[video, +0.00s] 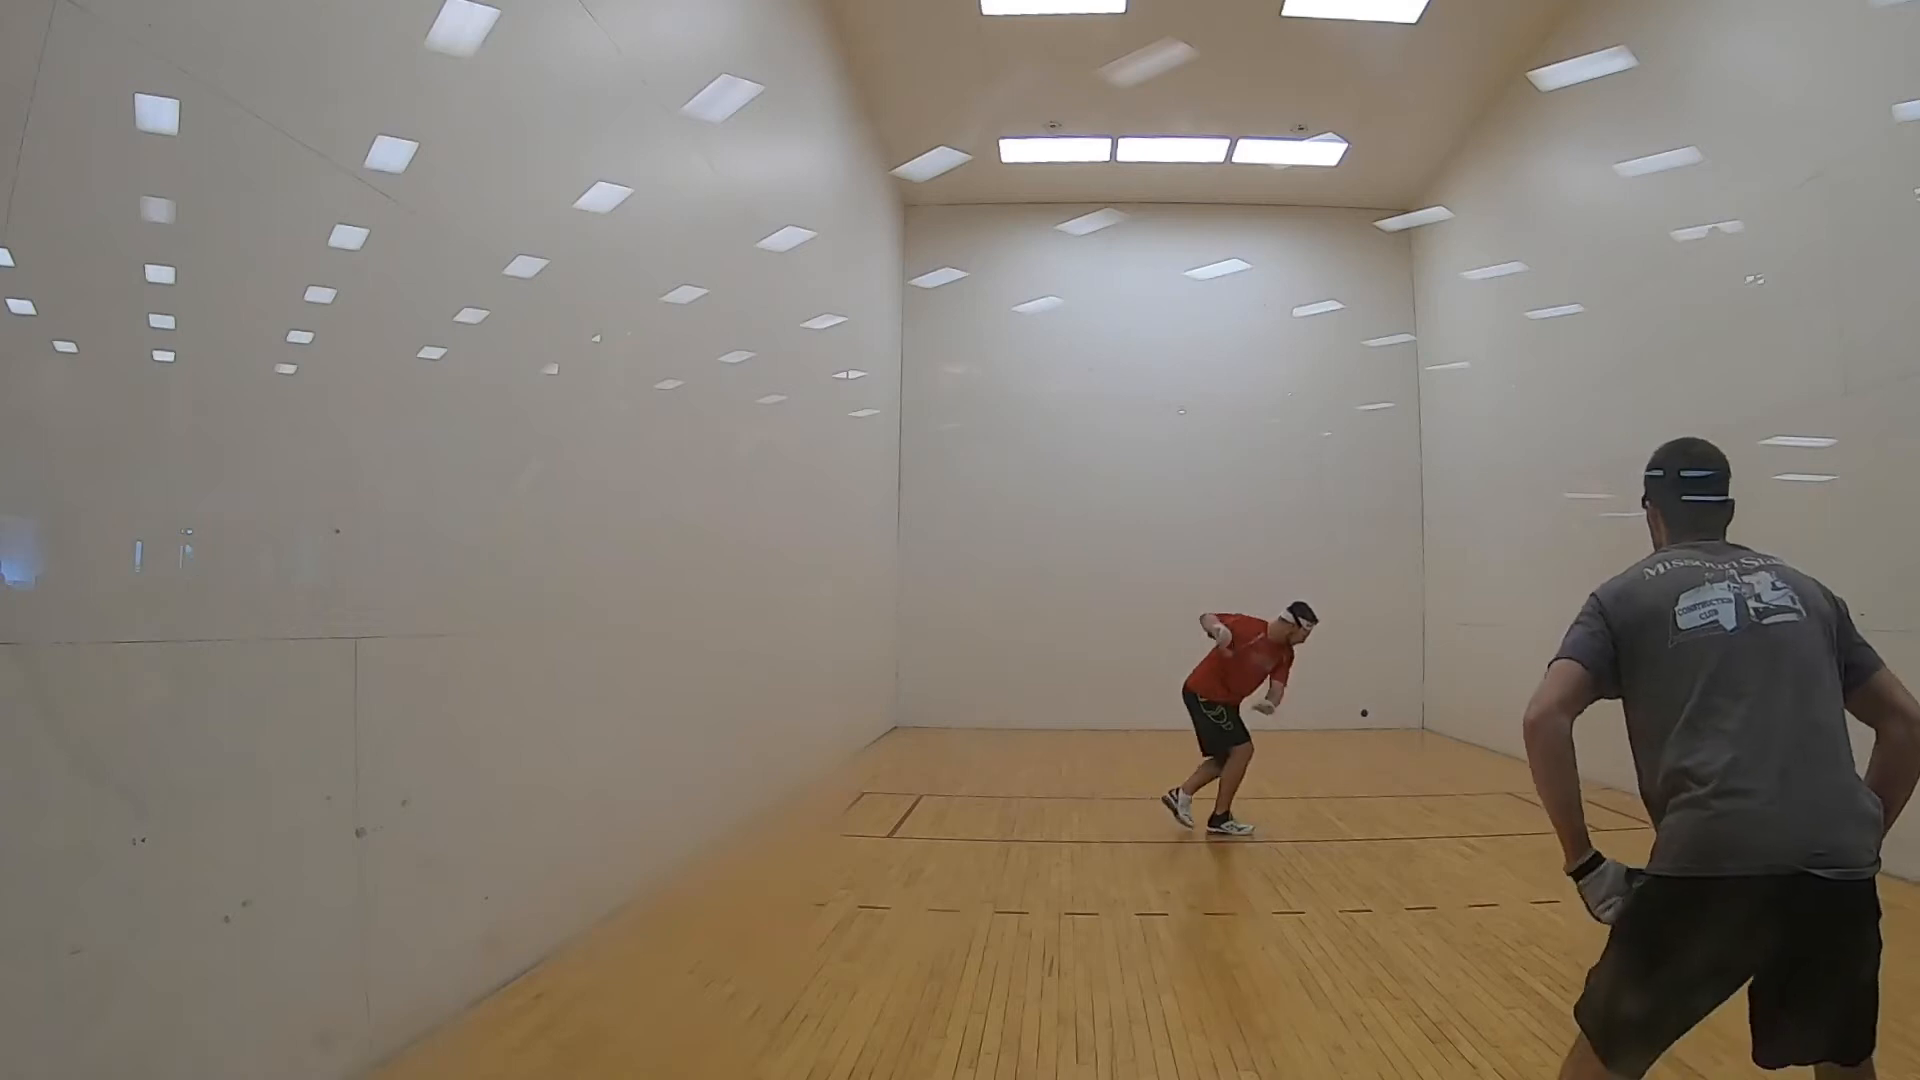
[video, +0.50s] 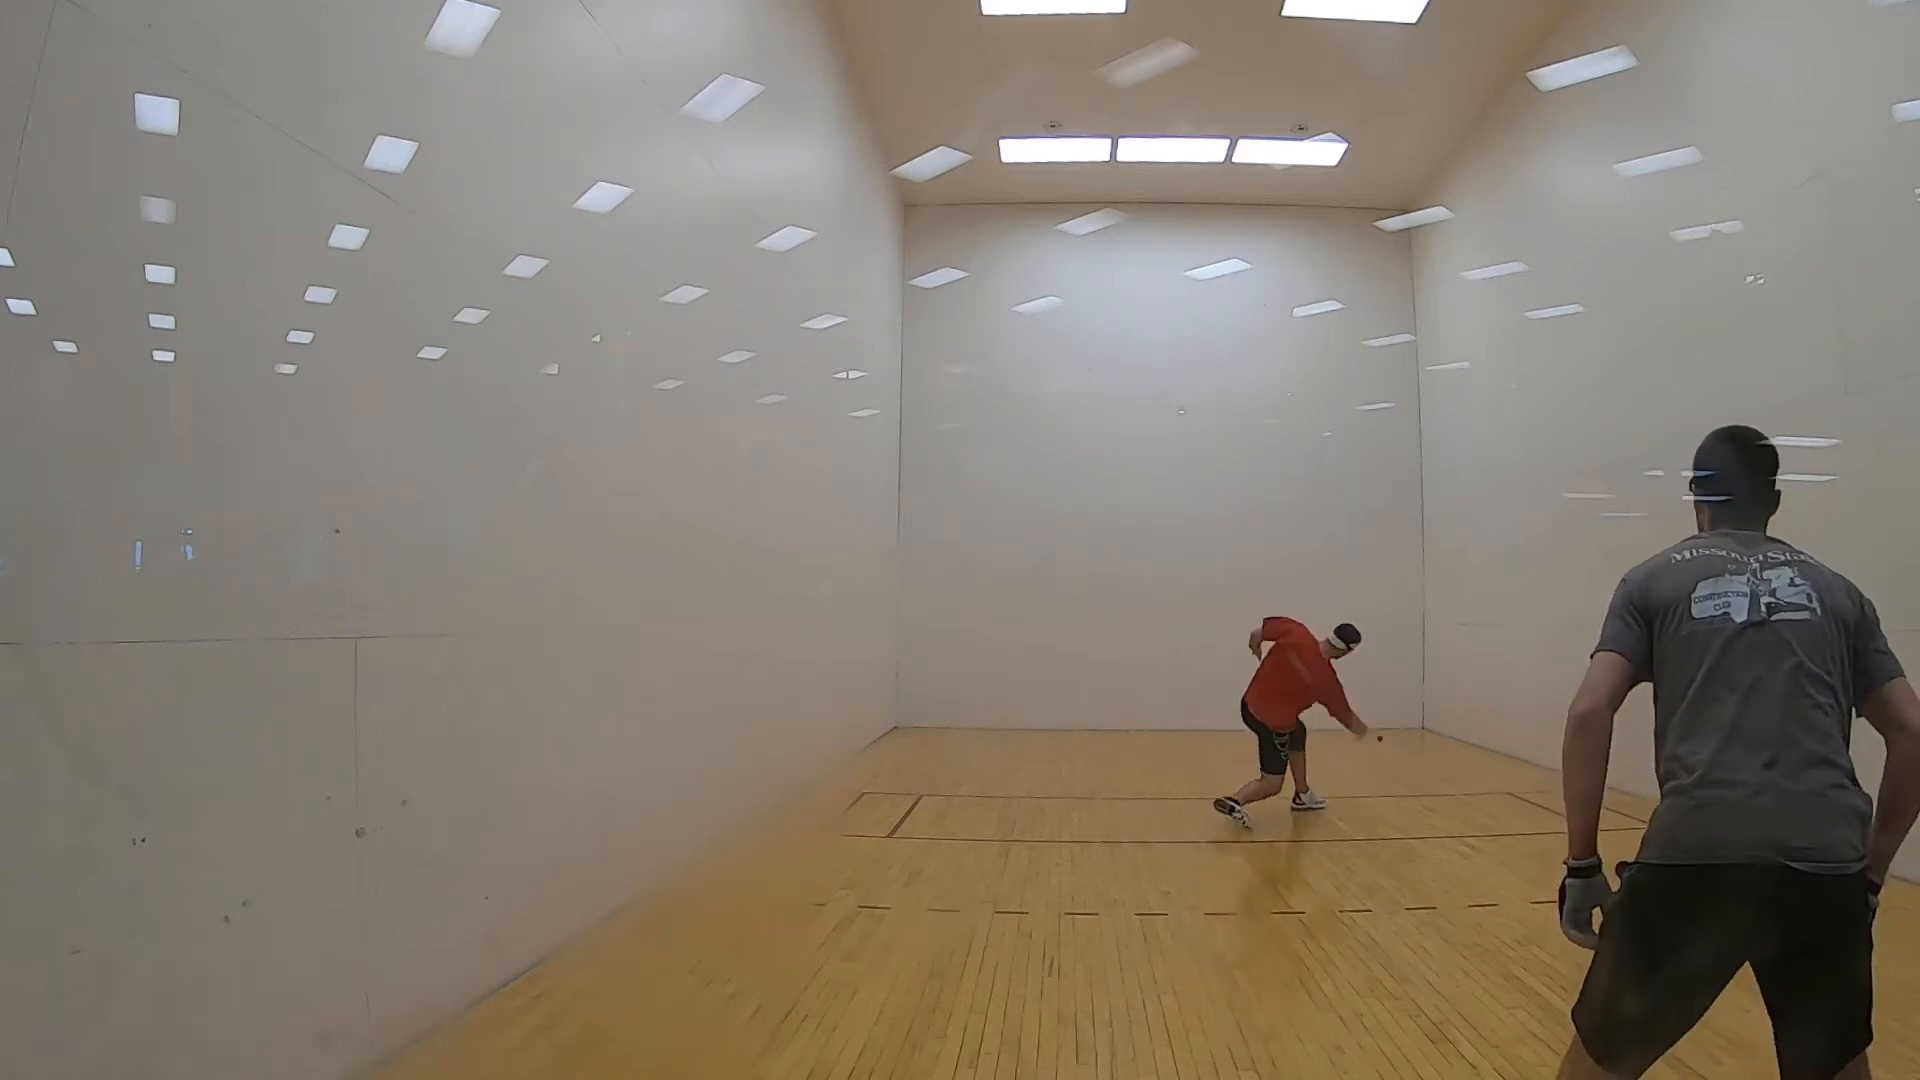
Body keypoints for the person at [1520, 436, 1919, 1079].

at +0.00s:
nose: (1649, 522)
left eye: (1647, 511)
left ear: (1655, 516)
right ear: (1730, 512)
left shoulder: (1624, 596)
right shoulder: (1808, 589)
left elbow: (1546, 717)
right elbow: (1904, 723)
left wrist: (1584, 863)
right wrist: (1856, 841)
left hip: (1709, 866)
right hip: (1839, 866)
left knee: (1600, 1056)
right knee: (1848, 1061)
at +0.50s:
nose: (1700, 504)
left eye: (1698, 495)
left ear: (1699, 500)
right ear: (1773, 502)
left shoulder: (1653, 579)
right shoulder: (1837, 590)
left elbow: (1589, 710)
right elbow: (1911, 731)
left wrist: (1582, 860)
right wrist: (1873, 870)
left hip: (1693, 863)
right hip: (1826, 871)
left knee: (1596, 1056)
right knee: (1839, 1064)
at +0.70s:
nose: (1728, 504)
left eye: (1726, 495)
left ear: (1730, 501)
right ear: (1807, 507)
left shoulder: (1671, 584)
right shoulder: (1861, 600)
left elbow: (1605, 720)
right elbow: (1911, 745)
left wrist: (1610, 853)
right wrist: (1885, 878)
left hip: (1692, 863)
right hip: (1828, 872)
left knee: (1602, 1054)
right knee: (1849, 1054)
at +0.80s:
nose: (1773, 519)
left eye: (1772, 509)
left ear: (1773, 517)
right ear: (1848, 521)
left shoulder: (1709, 596)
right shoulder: (1894, 616)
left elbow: (1641, 731)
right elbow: (1915, 745)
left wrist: (1652, 839)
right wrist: (1916, 874)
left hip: (1708, 868)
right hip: (1843, 883)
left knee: (1612, 1056)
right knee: (1875, 1044)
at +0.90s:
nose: (1833, 515)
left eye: (1830, 505)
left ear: (1830, 513)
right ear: (1905, 521)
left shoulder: (1767, 598)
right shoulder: (1915, 605)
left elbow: (1696, 724)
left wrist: (1712, 810)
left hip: (1746, 869)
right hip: (1880, 882)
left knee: (1649, 1058)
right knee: (1897, 1055)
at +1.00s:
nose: (1877, 511)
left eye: (1875, 502)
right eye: (1885, 501)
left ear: (1877, 510)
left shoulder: (1817, 594)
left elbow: (1737, 707)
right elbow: (1738, 705)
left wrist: (1760, 794)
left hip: (1790, 860)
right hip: (1903, 873)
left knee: (1702, 1041)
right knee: (1909, 1057)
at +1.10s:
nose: (1909, 502)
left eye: (1907, 492)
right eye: (1914, 493)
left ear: (1904, 500)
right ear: (1913, 501)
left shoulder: (1845, 580)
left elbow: (1770, 692)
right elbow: (1773, 693)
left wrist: (1806, 767)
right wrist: (1805, 767)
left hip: (1825, 847)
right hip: (1909, 862)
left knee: (1768, 1008)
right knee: (1915, 1050)